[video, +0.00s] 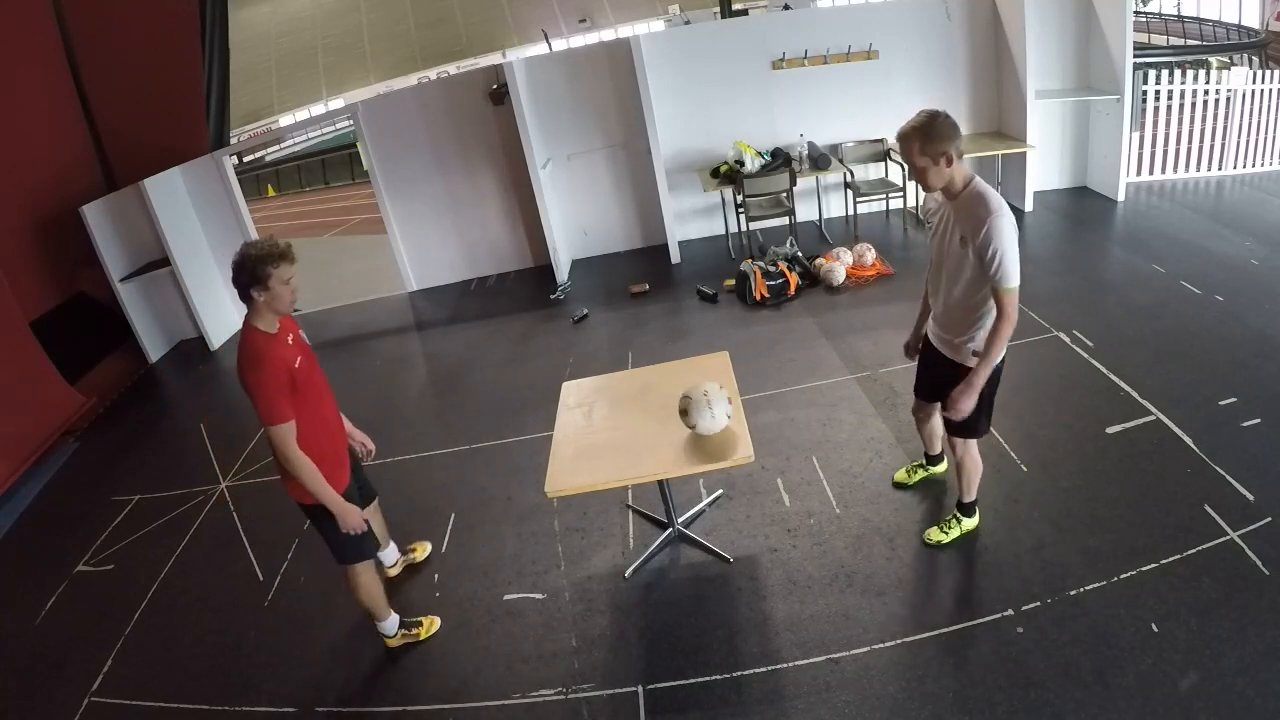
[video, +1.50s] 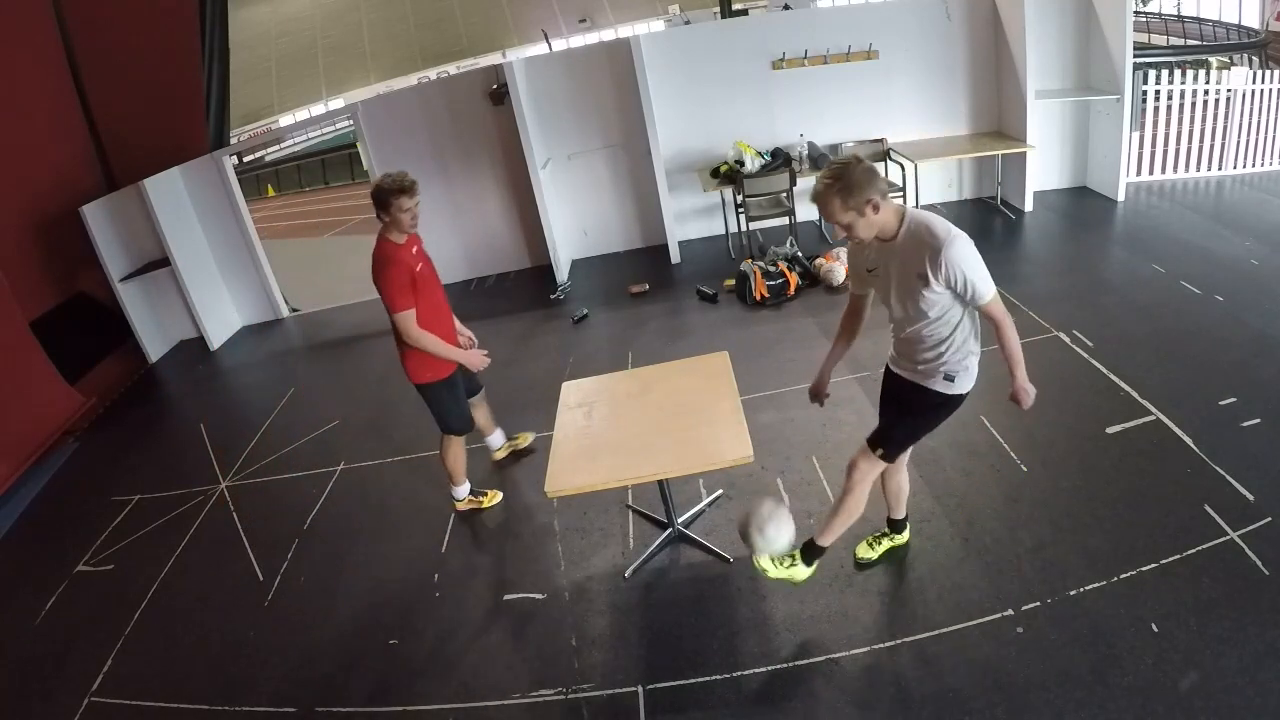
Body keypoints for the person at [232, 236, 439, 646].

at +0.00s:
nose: (296, 288)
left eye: (294, 279)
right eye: (287, 283)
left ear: (266, 291)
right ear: (258, 293)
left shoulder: (283, 323)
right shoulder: (259, 358)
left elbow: (312, 390)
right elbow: (286, 450)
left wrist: (346, 428)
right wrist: (338, 505)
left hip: (337, 454)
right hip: (317, 480)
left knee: (368, 503)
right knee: (360, 557)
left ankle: (392, 559)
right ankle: (392, 629)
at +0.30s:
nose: (304, 273)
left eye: (303, 265)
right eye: (295, 269)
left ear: (278, 275)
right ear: (268, 279)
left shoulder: (296, 306)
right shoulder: (272, 339)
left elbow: (326, 371)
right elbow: (291, 424)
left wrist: (364, 409)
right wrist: (333, 483)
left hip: (356, 430)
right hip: (338, 455)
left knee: (384, 483)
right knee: (372, 534)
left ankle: (401, 550)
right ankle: (392, 622)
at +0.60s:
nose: (320, 256)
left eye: (319, 248)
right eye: (310, 251)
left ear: (318, 247)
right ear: (286, 259)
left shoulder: (311, 287)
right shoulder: (287, 315)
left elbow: (339, 348)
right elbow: (301, 394)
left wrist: (374, 385)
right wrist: (348, 437)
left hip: (356, 408)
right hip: (349, 423)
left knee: (374, 482)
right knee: (417, 473)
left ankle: (399, 548)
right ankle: (421, 556)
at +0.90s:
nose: (348, 246)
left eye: (348, 239)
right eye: (339, 242)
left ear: (346, 237)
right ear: (317, 249)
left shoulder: (336, 277)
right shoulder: (325, 301)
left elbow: (364, 347)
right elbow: (340, 377)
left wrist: (393, 387)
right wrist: (372, 432)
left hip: (373, 399)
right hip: (381, 405)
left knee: (379, 473)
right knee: (432, 449)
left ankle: (399, 550)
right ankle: (462, 498)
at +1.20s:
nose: (387, 226)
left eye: (387, 218)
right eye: (378, 222)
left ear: (386, 214)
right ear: (355, 229)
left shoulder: (369, 253)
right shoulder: (366, 277)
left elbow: (397, 312)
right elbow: (388, 348)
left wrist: (427, 342)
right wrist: (430, 393)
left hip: (411, 367)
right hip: (408, 380)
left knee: (424, 433)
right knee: (445, 432)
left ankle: (412, 506)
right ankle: (463, 496)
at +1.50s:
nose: (415, 214)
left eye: (416, 206)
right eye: (406, 210)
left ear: (415, 204)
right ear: (384, 215)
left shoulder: (410, 239)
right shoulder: (389, 262)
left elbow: (431, 296)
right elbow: (408, 332)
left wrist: (457, 327)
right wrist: (462, 356)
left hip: (447, 348)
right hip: (427, 363)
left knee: (475, 396)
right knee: (455, 428)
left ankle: (500, 446)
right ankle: (462, 495)